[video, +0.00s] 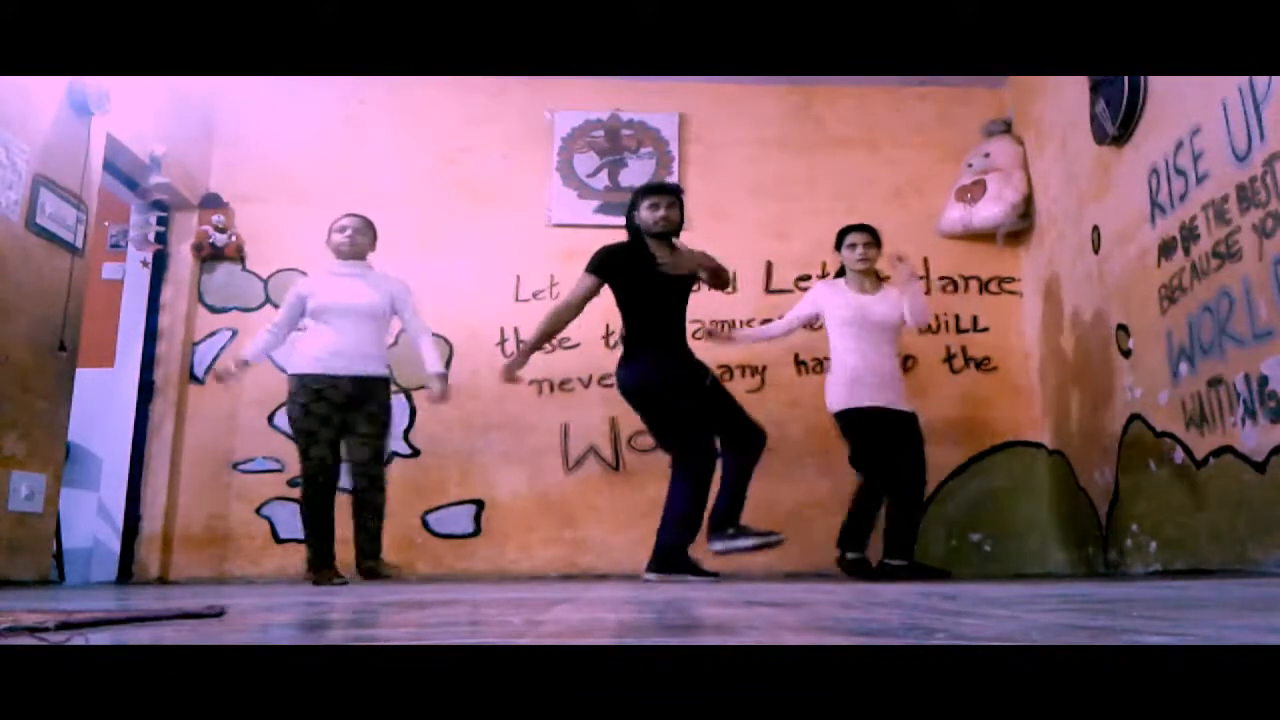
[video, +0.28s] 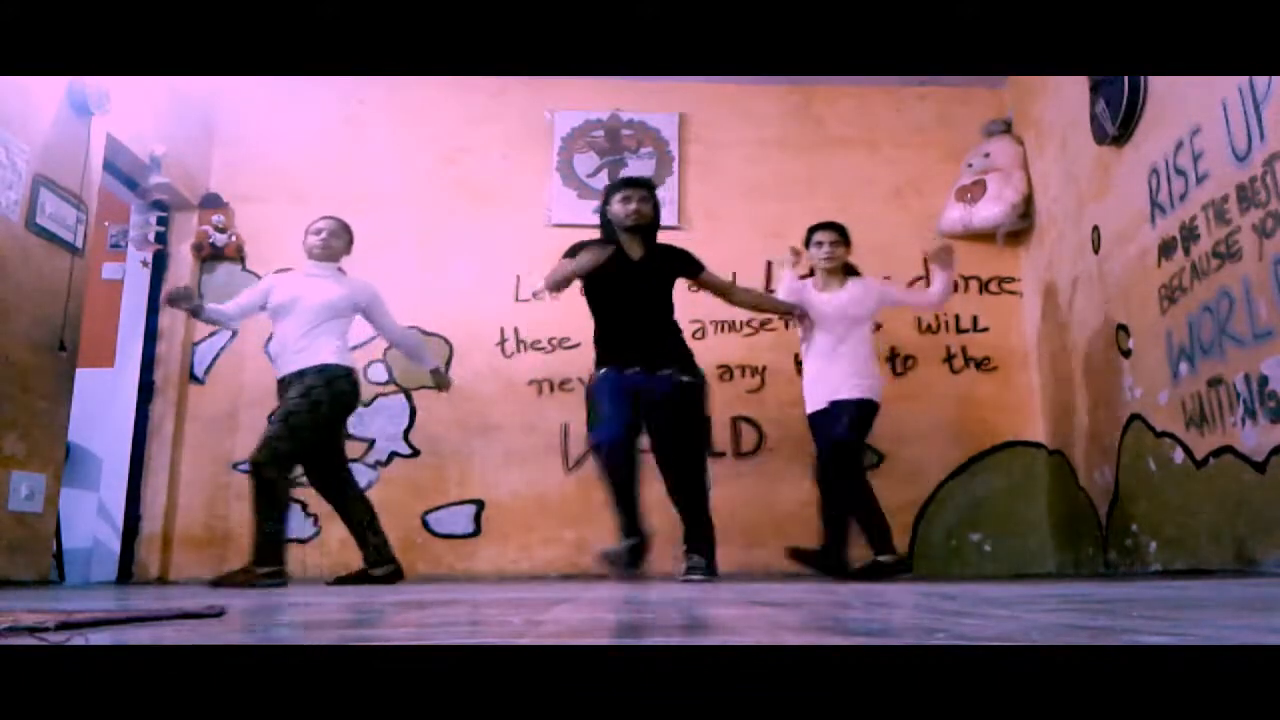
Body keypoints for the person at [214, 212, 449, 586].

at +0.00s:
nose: (348, 234)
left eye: (357, 230)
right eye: (341, 229)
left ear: (372, 244)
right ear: (327, 242)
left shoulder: (390, 286)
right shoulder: (309, 284)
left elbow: (418, 330)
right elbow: (277, 329)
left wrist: (435, 372)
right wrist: (243, 357)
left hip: (369, 388)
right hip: (314, 387)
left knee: (369, 476)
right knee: (319, 477)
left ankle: (369, 560)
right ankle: (321, 565)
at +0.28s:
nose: (320, 237)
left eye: (330, 234)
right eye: (315, 232)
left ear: (344, 249)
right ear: (303, 242)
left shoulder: (354, 287)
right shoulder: (278, 282)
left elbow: (396, 334)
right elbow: (231, 313)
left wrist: (432, 366)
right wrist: (196, 307)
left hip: (331, 383)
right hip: (293, 388)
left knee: (268, 464)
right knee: (331, 478)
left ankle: (267, 566)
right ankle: (382, 563)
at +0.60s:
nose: (208, 203)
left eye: (222, 199)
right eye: (201, 199)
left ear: (242, 219)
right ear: (190, 213)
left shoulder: (257, 272)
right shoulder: (161, 265)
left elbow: (242, 328)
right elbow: (133, 323)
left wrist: (194, 320)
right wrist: (103, 364)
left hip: (216, 392)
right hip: (149, 387)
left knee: (173, 494)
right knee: (145, 499)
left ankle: (134, 608)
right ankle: (185, 604)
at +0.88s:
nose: (161, 201)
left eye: (176, 199)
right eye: (157, 196)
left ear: (197, 219)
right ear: (146, 207)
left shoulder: (208, 262)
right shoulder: (125, 270)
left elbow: (255, 314)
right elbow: (99, 329)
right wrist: (47, 318)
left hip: (167, 382)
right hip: (137, 384)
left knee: (93, 489)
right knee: (166, 502)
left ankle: (79, 606)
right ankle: (220, 606)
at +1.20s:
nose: (135, 203)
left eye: (150, 199)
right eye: (132, 199)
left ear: (175, 218)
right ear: (125, 213)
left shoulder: (194, 267)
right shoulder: (100, 268)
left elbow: (216, 335)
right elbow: (70, 330)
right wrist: (42, 374)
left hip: (148, 381)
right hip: (87, 380)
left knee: (84, 478)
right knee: (71, 482)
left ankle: (131, 601)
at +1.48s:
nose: (219, 238)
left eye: (231, 234)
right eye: (216, 233)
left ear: (252, 247)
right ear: (209, 243)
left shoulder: (268, 286)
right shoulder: (196, 292)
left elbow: (290, 339)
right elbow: (181, 343)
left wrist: (263, 369)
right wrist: (144, 372)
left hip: (239, 384)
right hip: (194, 384)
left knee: (148, 439)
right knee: (198, 475)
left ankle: (192, 526)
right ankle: (213, 568)